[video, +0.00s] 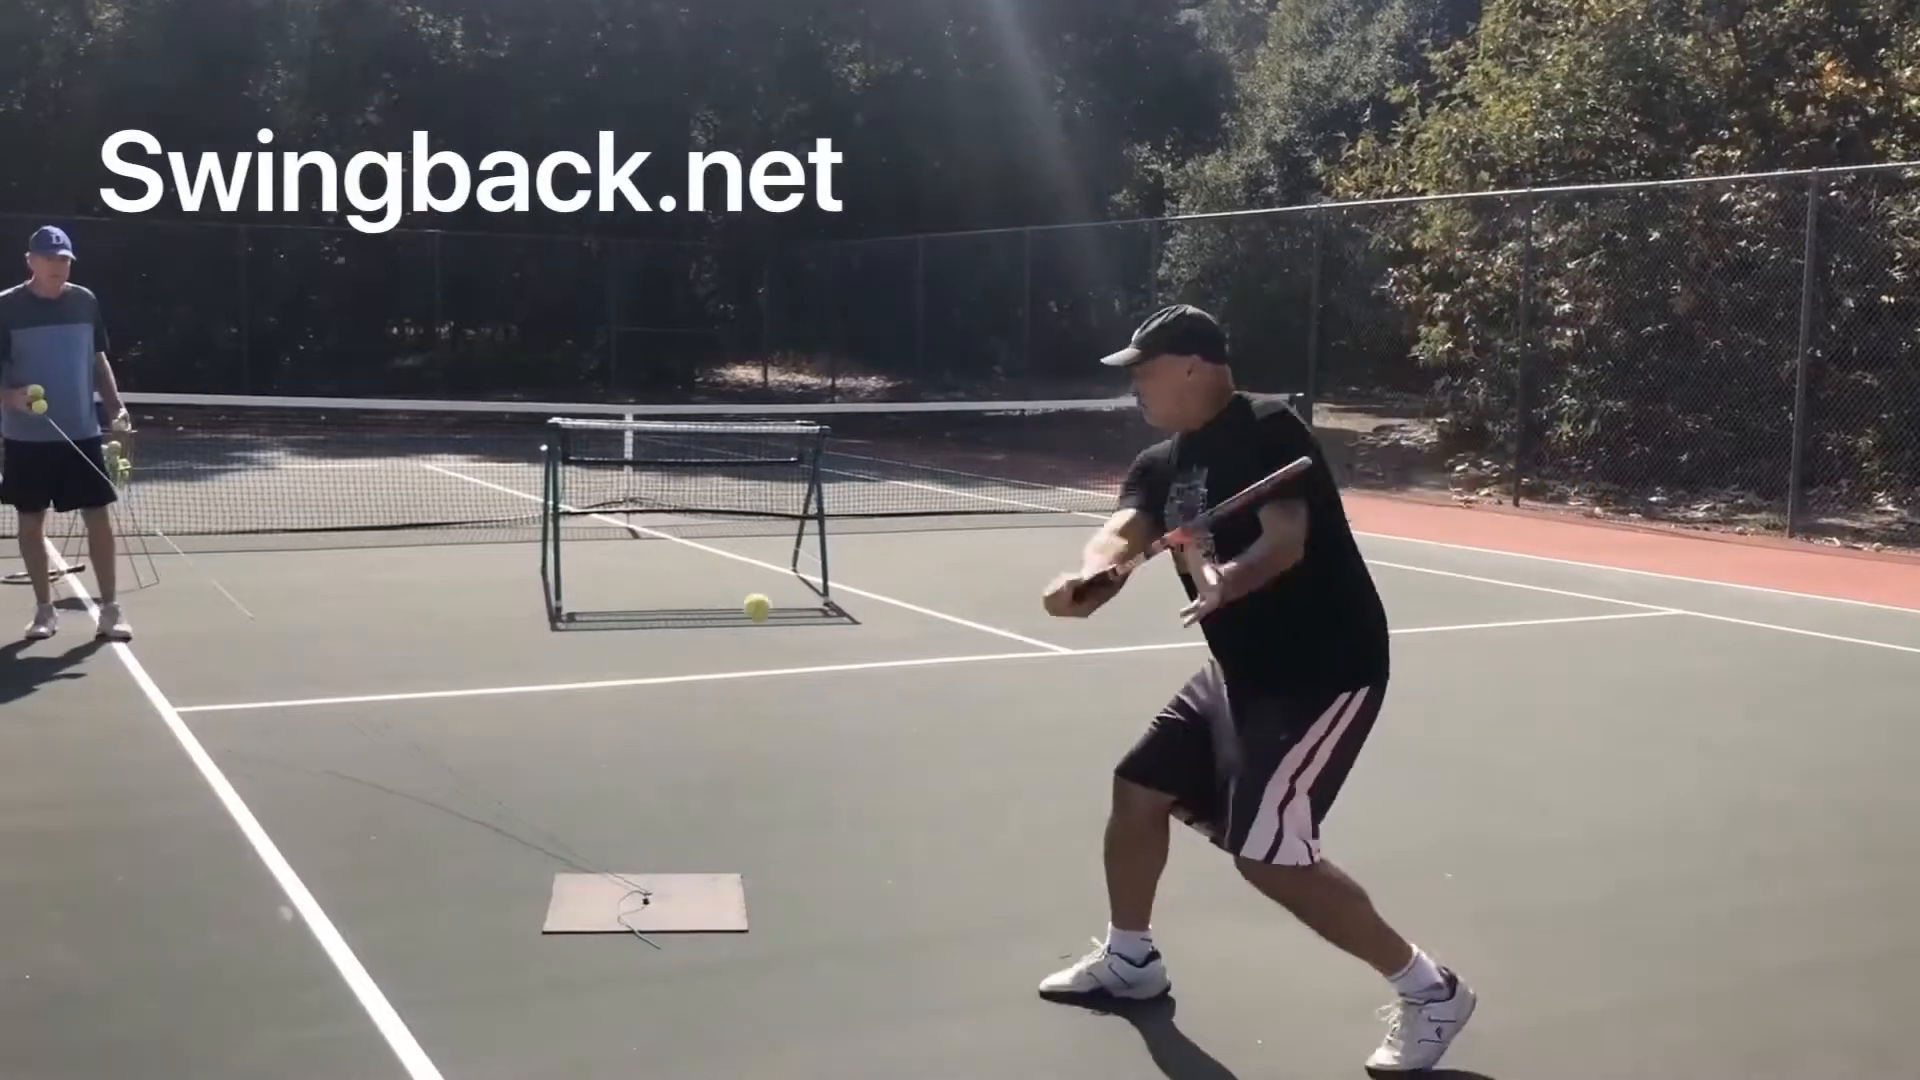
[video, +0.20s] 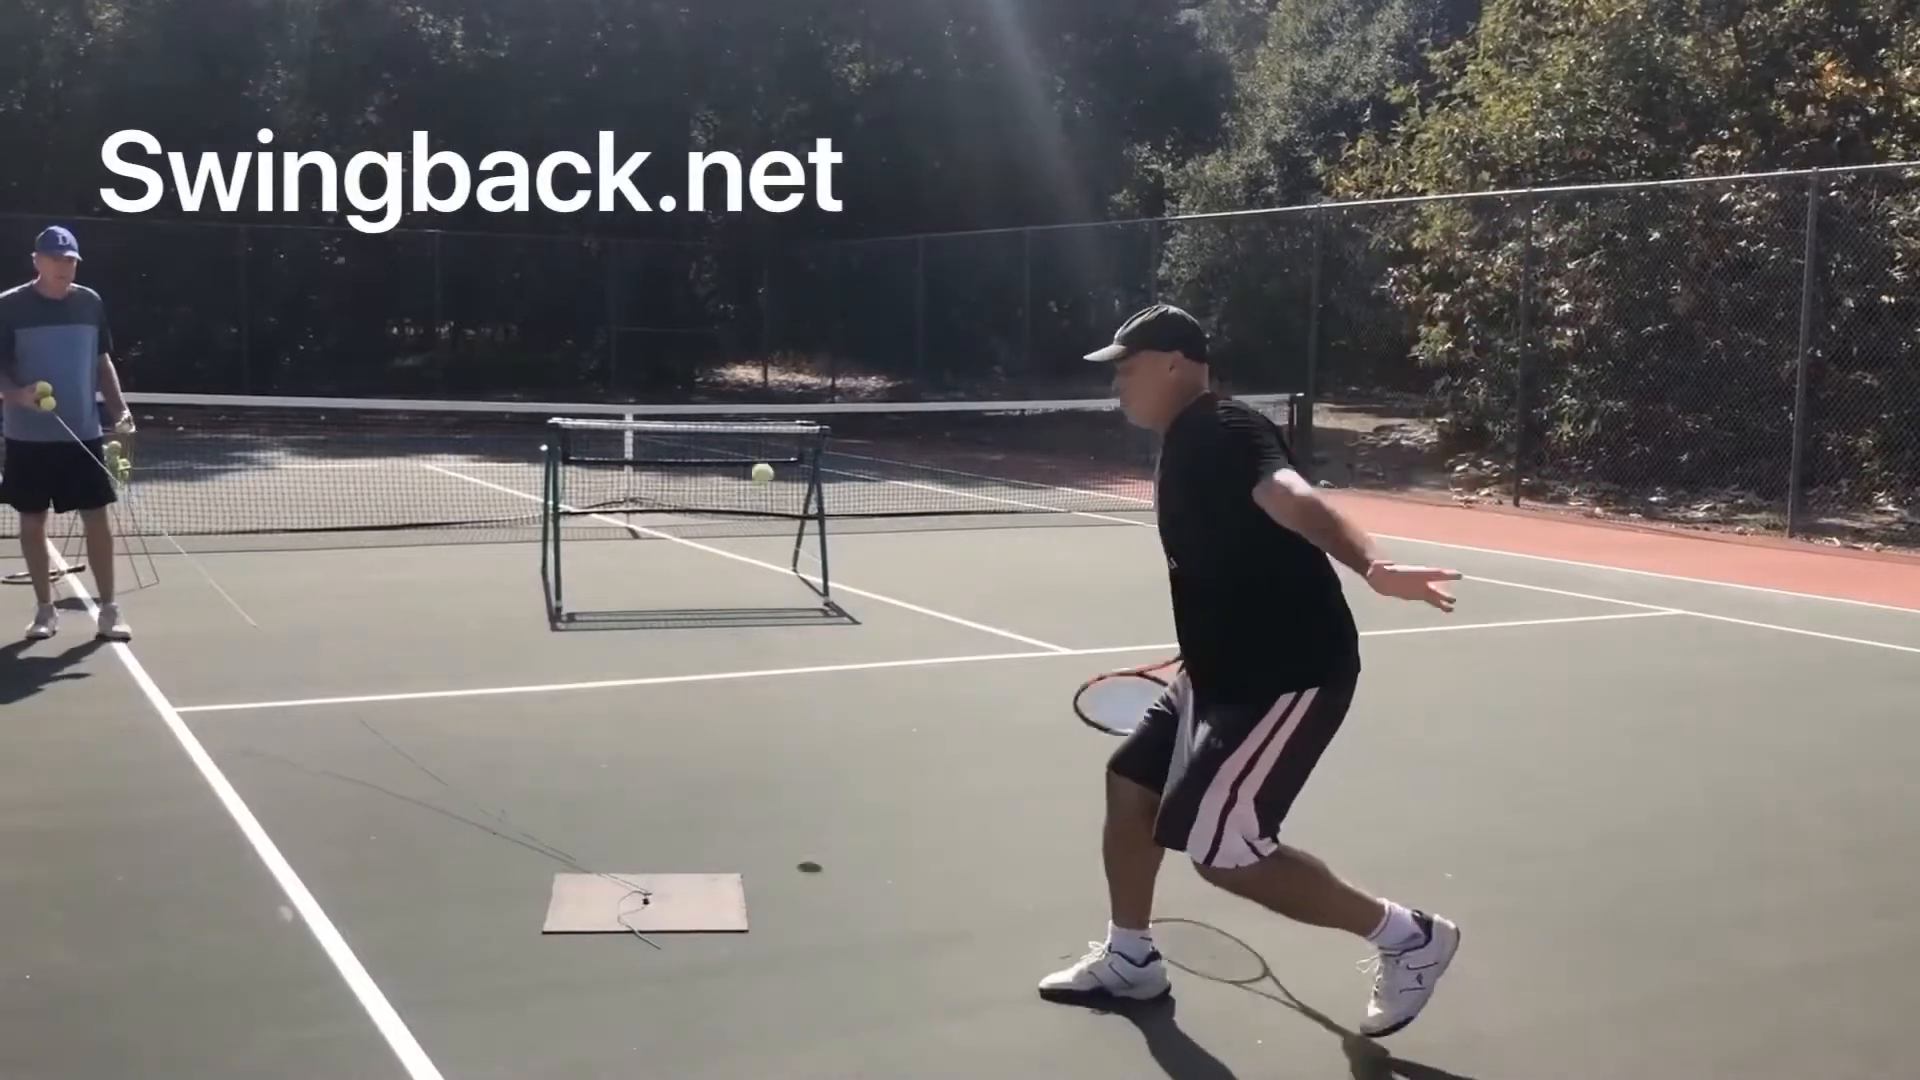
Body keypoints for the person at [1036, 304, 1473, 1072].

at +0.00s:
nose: (1135, 385)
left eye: (1147, 369)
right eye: (1135, 372)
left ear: (1199, 370)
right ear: (1182, 377)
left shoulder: (1272, 430)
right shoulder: (1160, 464)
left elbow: (1287, 540)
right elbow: (1122, 535)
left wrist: (1223, 580)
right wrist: (1083, 582)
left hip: (1329, 674)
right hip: (1243, 669)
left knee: (1268, 850)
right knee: (1141, 786)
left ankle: (1431, 991)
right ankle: (1130, 958)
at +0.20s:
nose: (1117, 382)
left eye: (1128, 367)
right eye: (1118, 368)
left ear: (1179, 367)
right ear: (1169, 371)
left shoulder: (1228, 430)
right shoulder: (1185, 446)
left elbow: (1300, 504)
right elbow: (1241, 569)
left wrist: (1373, 565)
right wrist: (1196, 654)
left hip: (1292, 673)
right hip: (1230, 667)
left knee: (1219, 843)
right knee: (1133, 782)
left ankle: (1409, 938)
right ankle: (1130, 958)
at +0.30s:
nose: (1131, 370)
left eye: (1142, 354)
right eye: (1132, 356)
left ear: (1193, 357)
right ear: (1187, 361)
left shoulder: (1234, 421)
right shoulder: (1201, 433)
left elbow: (1300, 447)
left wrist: (1366, 469)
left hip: (1304, 664)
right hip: (1242, 655)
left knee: (1215, 832)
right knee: (1148, 785)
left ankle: (1384, 958)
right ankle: (1131, 955)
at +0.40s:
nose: (1176, 349)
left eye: (1185, 334)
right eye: (1177, 335)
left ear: (1229, 337)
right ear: (1244, 339)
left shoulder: (1253, 397)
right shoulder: (1283, 393)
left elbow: (1277, 419)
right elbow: (1407, 425)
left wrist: (1312, 429)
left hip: (1321, 656)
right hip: (1276, 649)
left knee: (1233, 816)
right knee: (1196, 794)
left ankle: (1358, 993)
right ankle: (1136, 955)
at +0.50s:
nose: (1229, 324)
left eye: (1238, 310)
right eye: (1231, 310)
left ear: (1277, 316)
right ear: (1307, 319)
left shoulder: (1286, 385)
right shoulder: (1364, 380)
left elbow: (1260, 431)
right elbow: (1477, 410)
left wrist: (1232, 432)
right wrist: (1562, 420)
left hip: (1340, 655)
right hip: (1358, 647)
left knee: (1281, 815)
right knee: (1265, 800)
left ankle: (1366, 1006)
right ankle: (1169, 939)